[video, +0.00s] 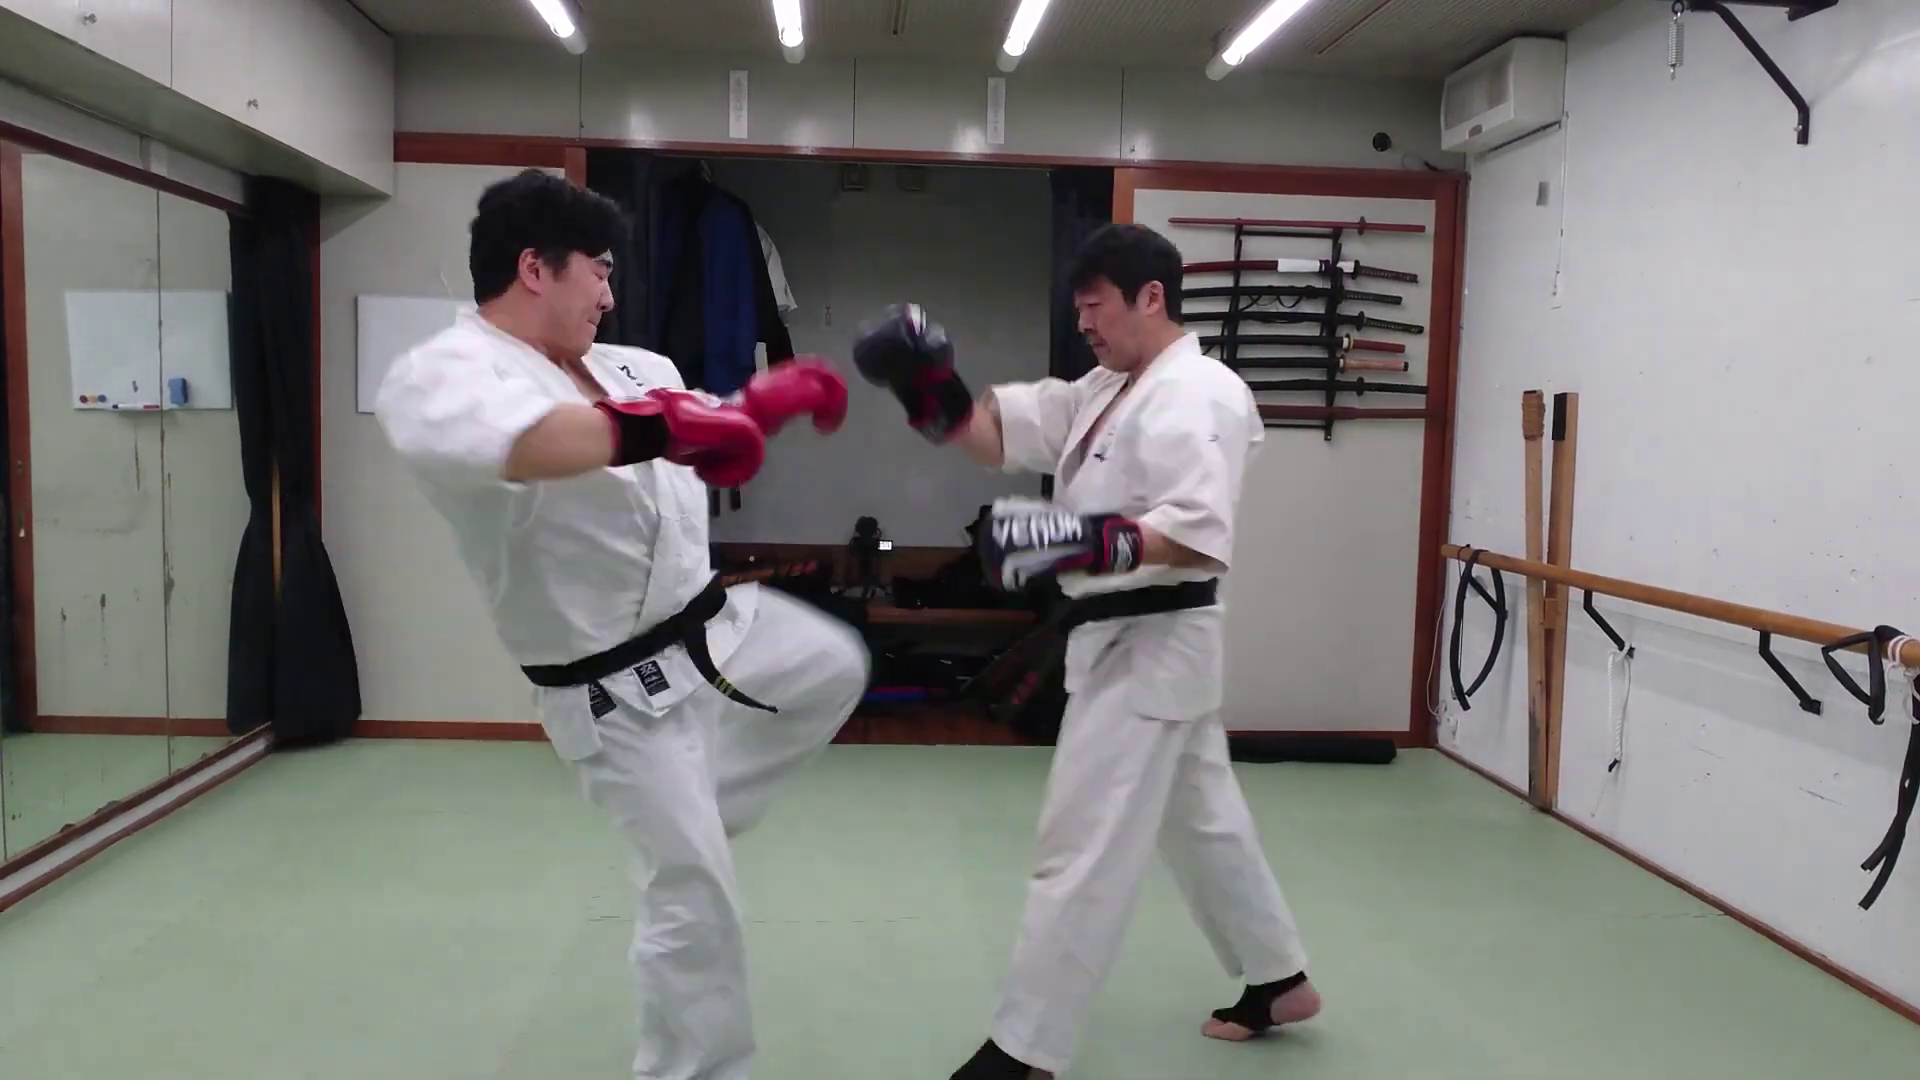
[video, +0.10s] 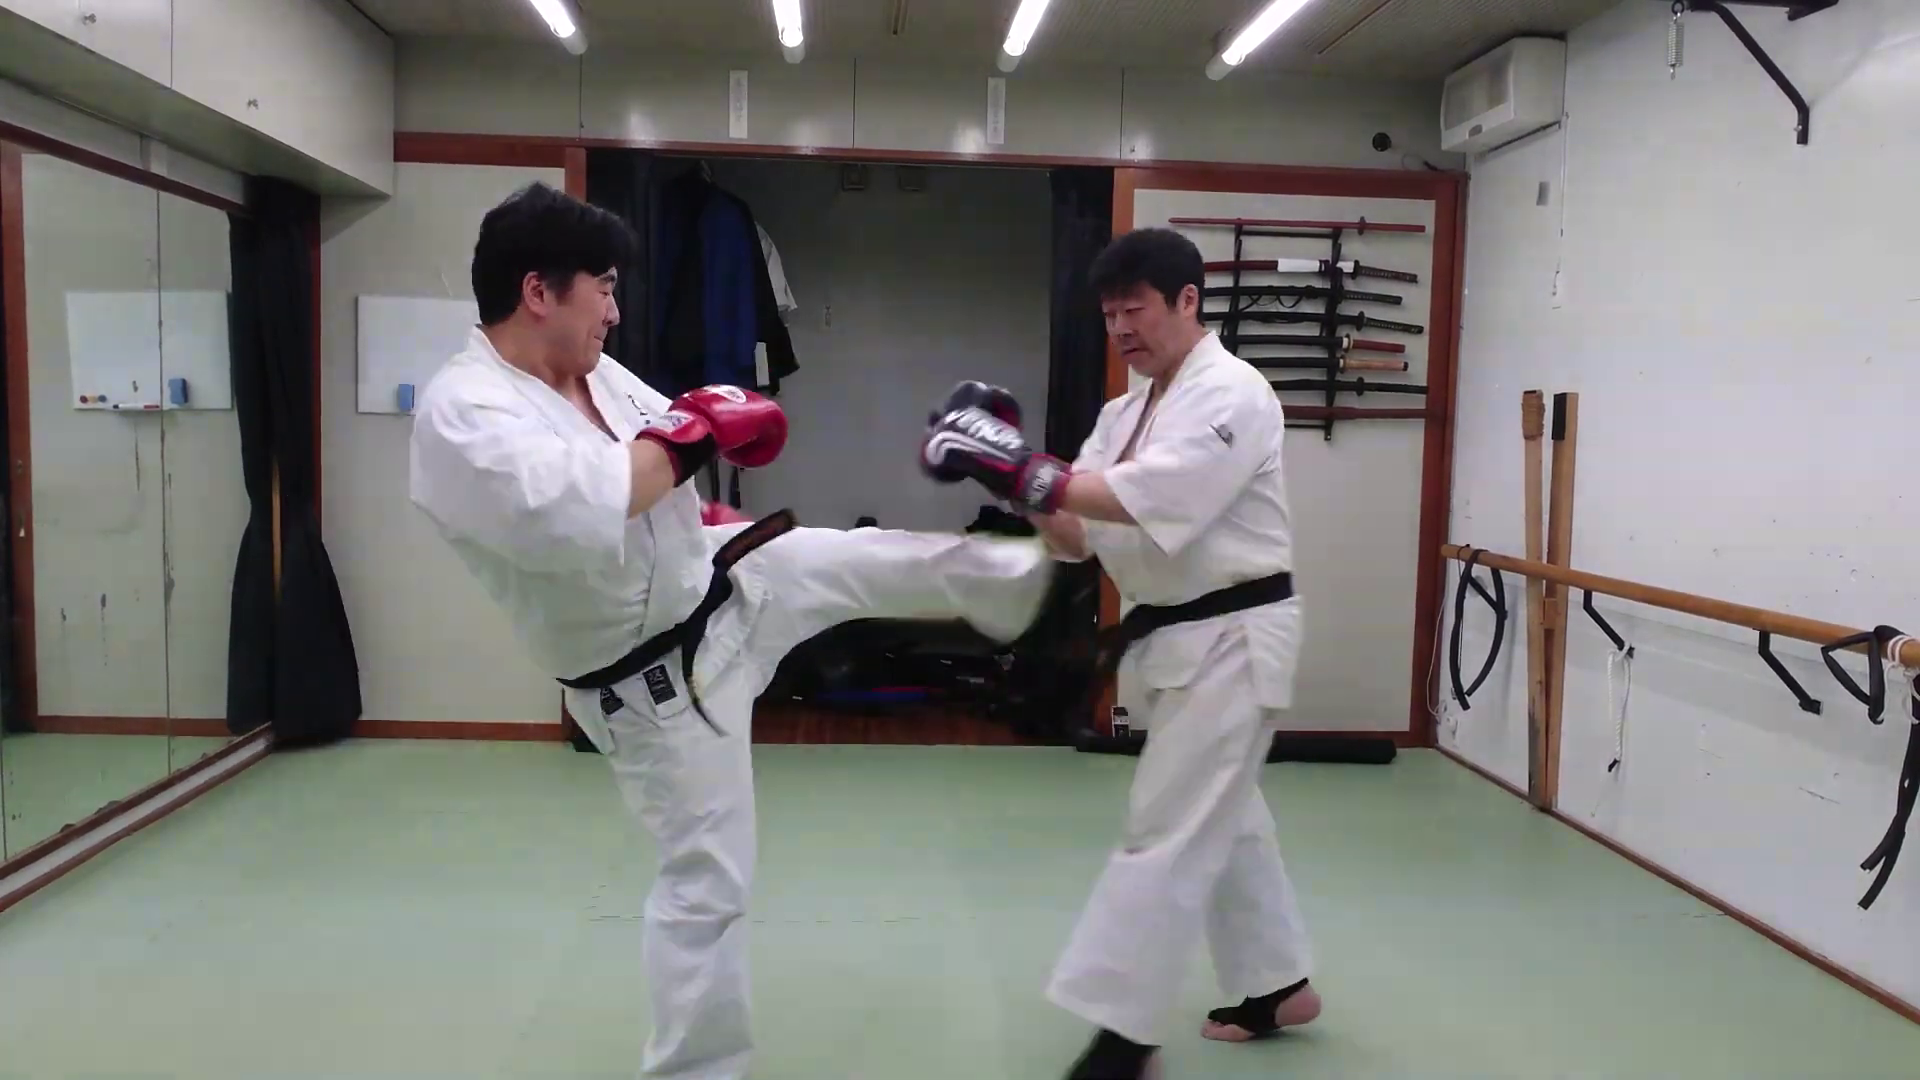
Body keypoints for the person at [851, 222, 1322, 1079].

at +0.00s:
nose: (1085, 328)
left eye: (1094, 309)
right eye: (1080, 313)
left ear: (1152, 298)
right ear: (1140, 304)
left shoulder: (1199, 395)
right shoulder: (1107, 387)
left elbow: (1193, 536)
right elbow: (998, 431)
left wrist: (1081, 540)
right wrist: (931, 388)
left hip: (1155, 647)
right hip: (1121, 640)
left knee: (1082, 849)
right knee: (1202, 819)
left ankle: (1023, 1051)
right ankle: (1278, 984)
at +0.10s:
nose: (1119, 329)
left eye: (1134, 309)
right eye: (1110, 314)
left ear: (1188, 302)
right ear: (1111, 317)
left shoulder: (1234, 394)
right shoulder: (1122, 412)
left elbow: (1161, 497)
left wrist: (1031, 477)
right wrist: (1013, 471)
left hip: (1237, 635)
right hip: (1166, 636)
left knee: (1167, 825)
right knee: (1220, 814)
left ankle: (1124, 1035)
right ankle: (1278, 986)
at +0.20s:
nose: (1137, 330)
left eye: (1151, 309)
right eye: (1127, 316)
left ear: (1204, 295)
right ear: (1126, 315)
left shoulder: (1220, 380)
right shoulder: (1186, 381)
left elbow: (1086, 493)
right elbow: (1101, 473)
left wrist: (996, 514)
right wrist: (1038, 415)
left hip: (1296, 628)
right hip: (1235, 633)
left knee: (1281, 830)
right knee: (1193, 804)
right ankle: (1247, 968)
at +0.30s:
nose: (1155, 354)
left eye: (1168, 333)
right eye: (1146, 338)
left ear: (1225, 321)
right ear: (1146, 340)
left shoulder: (1242, 402)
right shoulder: (1205, 402)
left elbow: (1118, 524)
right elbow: (1109, 454)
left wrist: (1028, 581)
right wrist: (1079, 359)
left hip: (1335, 650)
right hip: (1254, 654)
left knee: (1396, 859)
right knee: (1195, 805)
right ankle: (1233, 925)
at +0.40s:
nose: (1176, 379)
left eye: (1186, 359)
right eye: (1168, 365)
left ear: (1238, 343)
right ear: (1223, 353)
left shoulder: (1266, 426)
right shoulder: (1233, 421)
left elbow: (1186, 557)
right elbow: (1150, 482)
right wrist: (1133, 391)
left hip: (1332, 662)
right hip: (1267, 666)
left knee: (1402, 863)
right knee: (1235, 813)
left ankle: (1465, 1043)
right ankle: (1267, 944)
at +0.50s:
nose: (1168, 365)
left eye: (1176, 346)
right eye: (1161, 351)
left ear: (1228, 333)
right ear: (1225, 340)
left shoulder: (1257, 414)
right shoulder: (1241, 407)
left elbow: (1273, 557)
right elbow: (1211, 526)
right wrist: (1141, 459)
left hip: (1297, 644)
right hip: (1256, 639)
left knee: (1349, 837)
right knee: (1240, 797)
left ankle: (1451, 1027)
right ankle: (1268, 948)